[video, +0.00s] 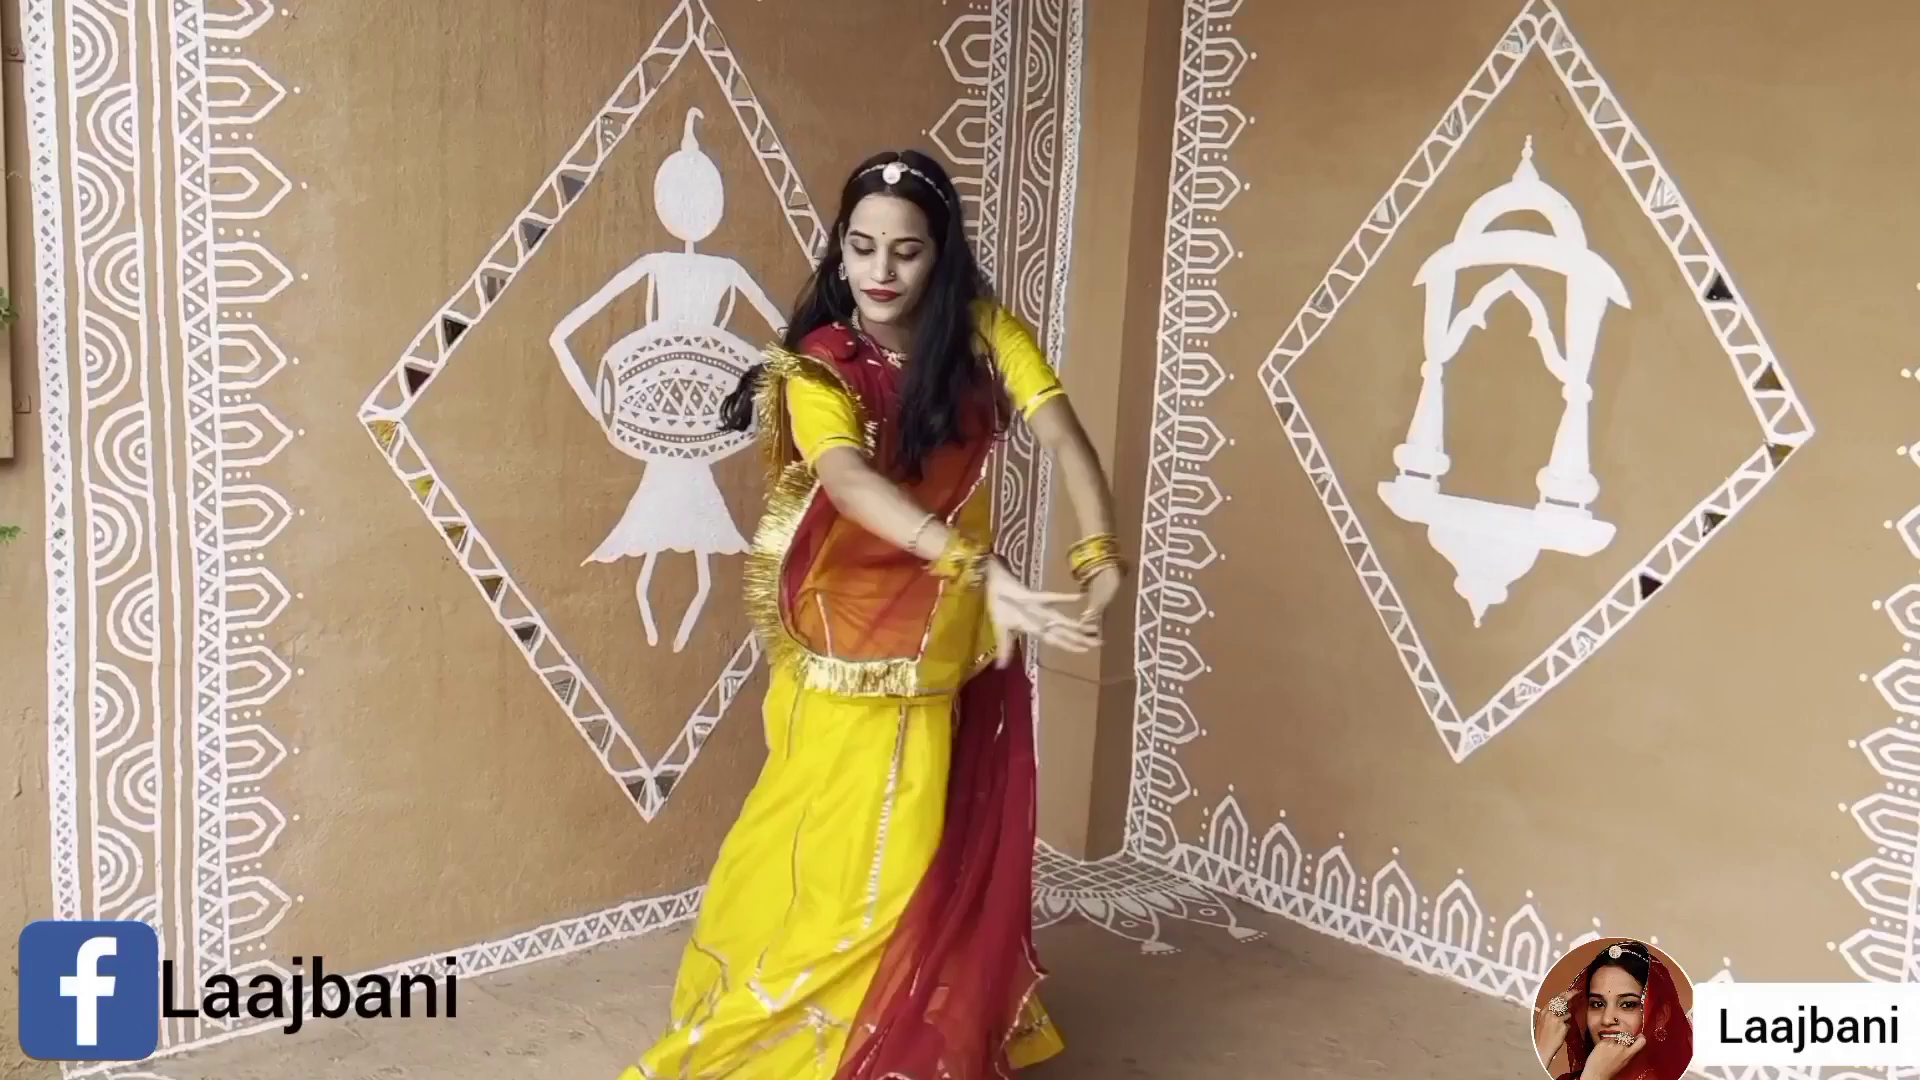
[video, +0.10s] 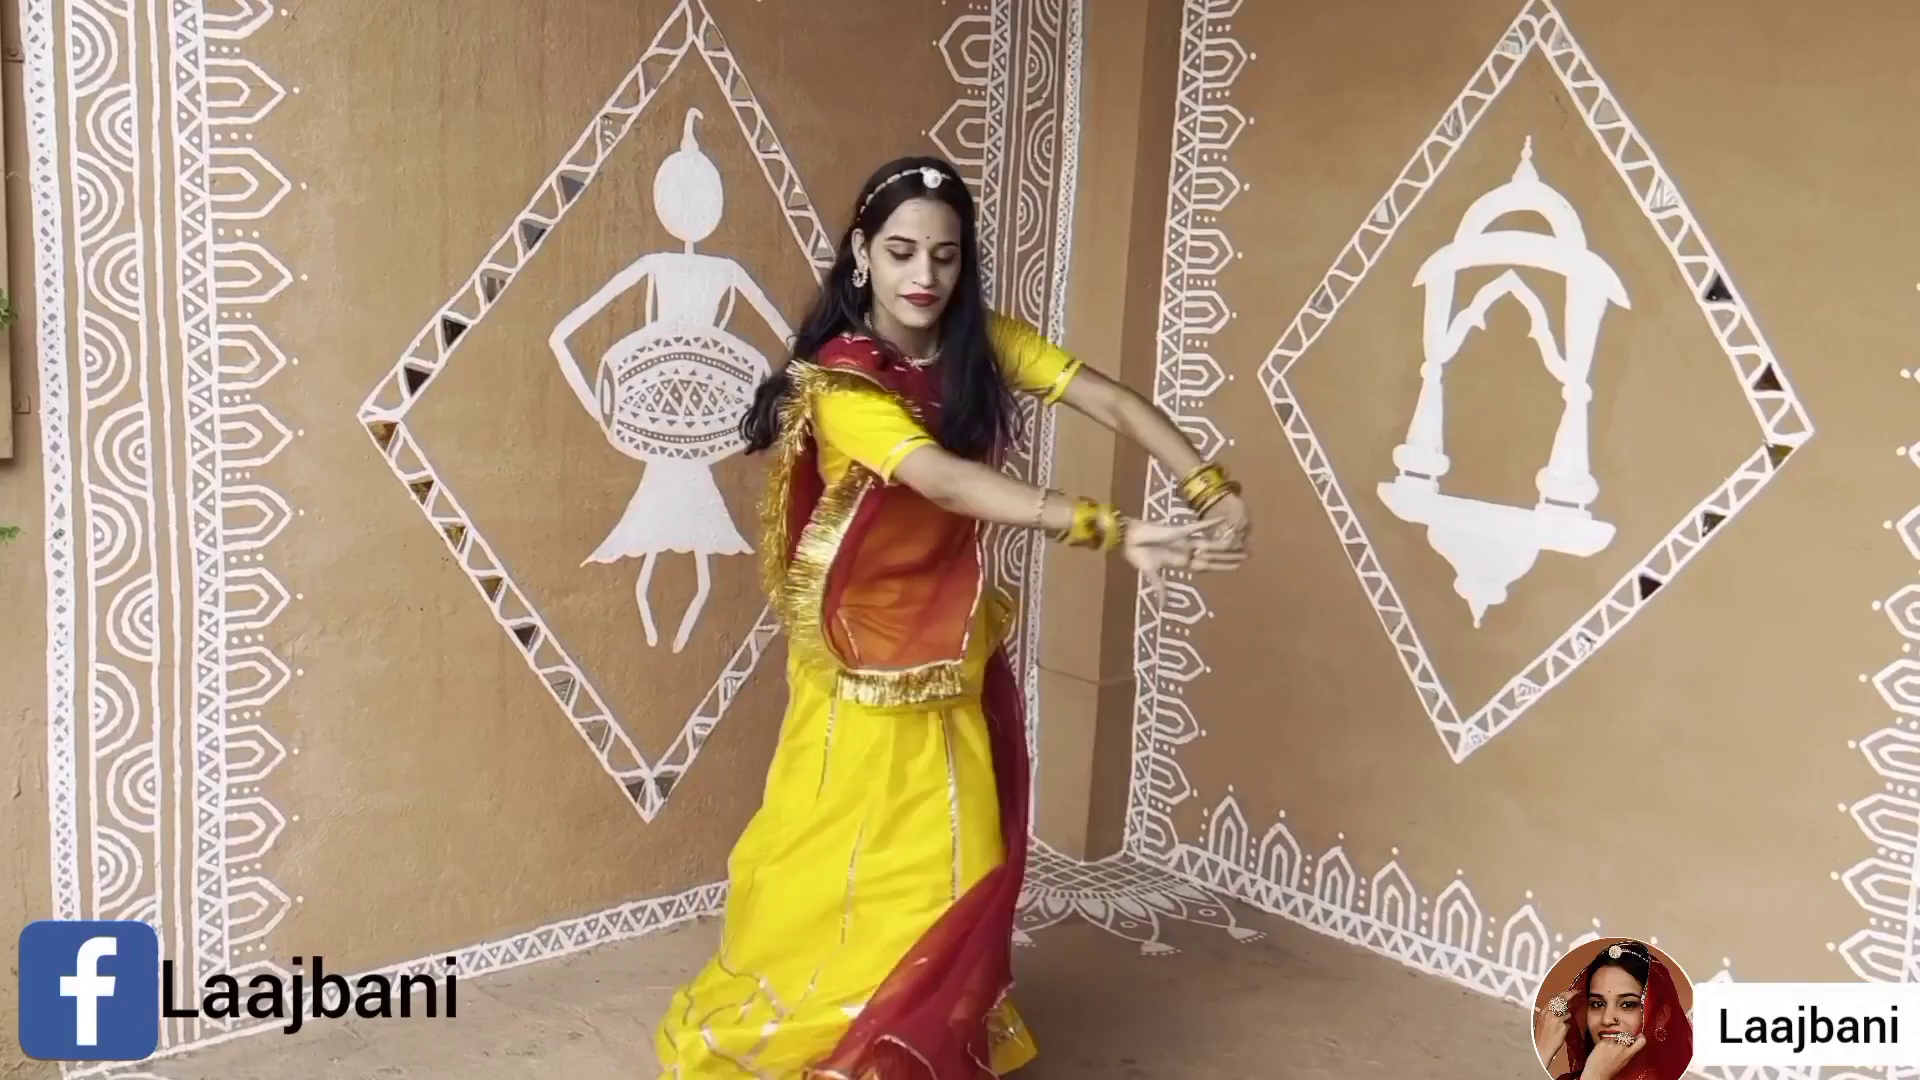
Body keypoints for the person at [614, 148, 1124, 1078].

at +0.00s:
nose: (881, 272)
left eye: (905, 252)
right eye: (863, 249)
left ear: (943, 255)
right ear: (840, 253)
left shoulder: (985, 330)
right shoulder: (818, 363)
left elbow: (1065, 439)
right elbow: (849, 481)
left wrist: (1100, 552)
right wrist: (981, 570)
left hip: (955, 614)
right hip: (842, 622)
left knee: (945, 848)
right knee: (844, 847)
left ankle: (933, 1040)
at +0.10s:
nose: (924, 277)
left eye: (944, 256)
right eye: (901, 252)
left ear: (965, 263)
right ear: (861, 257)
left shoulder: (977, 337)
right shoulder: (840, 382)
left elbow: (1105, 397)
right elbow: (944, 480)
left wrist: (1203, 479)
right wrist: (1111, 527)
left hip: (960, 646)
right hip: (859, 658)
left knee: (973, 854)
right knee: (860, 857)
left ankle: (940, 1027)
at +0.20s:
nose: (972, 273)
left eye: (984, 251)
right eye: (948, 249)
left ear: (995, 256)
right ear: (890, 257)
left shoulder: (973, 336)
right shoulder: (881, 387)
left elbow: (1124, 351)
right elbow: (1038, 459)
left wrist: (1243, 392)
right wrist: (1210, 456)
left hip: (947, 648)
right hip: (864, 662)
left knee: (1017, 858)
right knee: (915, 870)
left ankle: (933, 1044)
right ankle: (801, 1049)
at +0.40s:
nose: (1073, 241)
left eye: (1071, 223)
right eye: (1059, 225)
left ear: (990, 232)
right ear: (1003, 234)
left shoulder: (915, 329)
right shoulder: (1023, 362)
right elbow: (1198, 363)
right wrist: (1235, 276)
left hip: (864, 656)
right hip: (950, 669)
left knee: (855, 891)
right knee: (967, 891)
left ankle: (838, 1051)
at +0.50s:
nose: (1084, 228)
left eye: (1081, 211)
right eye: (1076, 213)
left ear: (970, 215)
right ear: (1036, 224)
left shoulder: (911, 308)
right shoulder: (1070, 353)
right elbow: (1194, 328)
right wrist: (1172, 225)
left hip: (872, 622)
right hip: (984, 640)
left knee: (857, 840)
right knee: (990, 847)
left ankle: (833, 1038)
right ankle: (981, 1046)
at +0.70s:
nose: (959, 214)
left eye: (964, 203)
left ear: (963, 222)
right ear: (1069, 216)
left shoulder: (935, 302)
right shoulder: (1102, 332)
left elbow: (799, 210)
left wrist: (823, 149)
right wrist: (939, 180)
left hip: (923, 607)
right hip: (1037, 617)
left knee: (904, 816)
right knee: (1026, 820)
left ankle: (883, 1019)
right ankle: (1024, 1029)